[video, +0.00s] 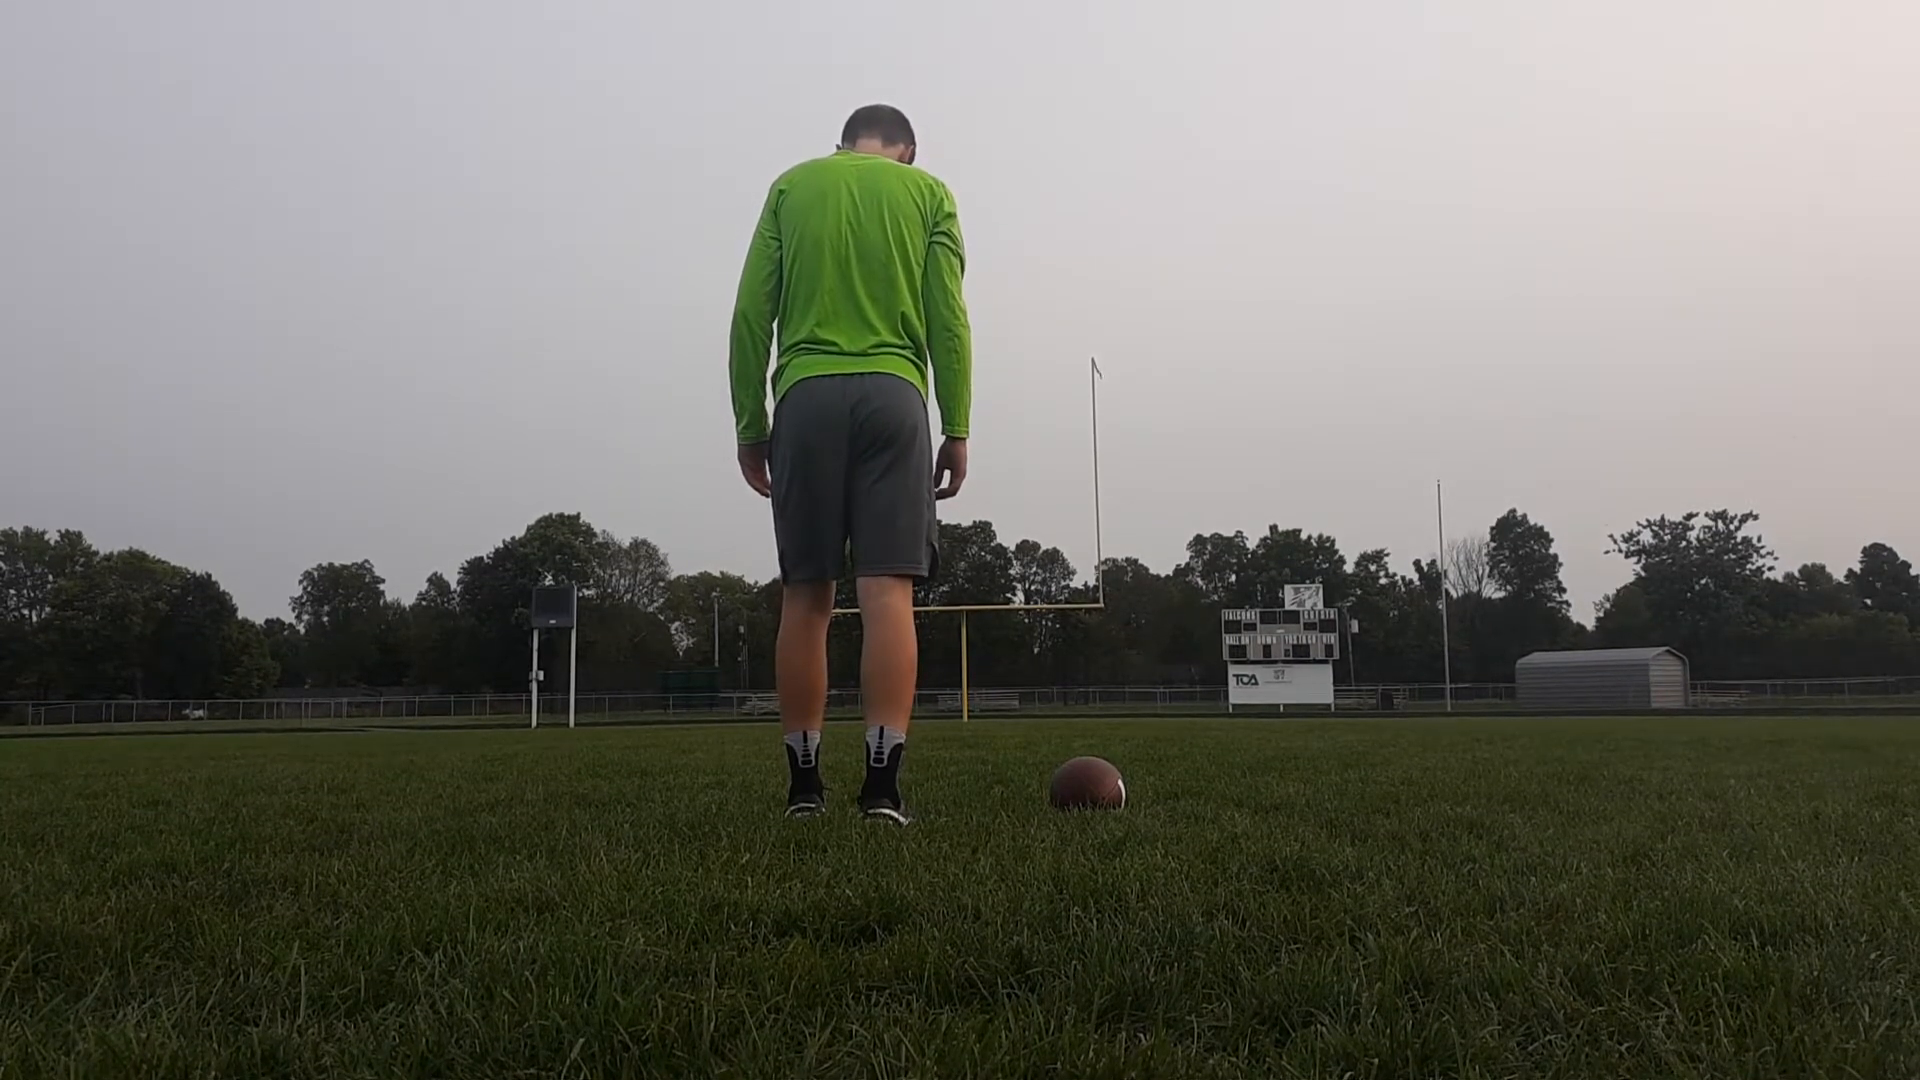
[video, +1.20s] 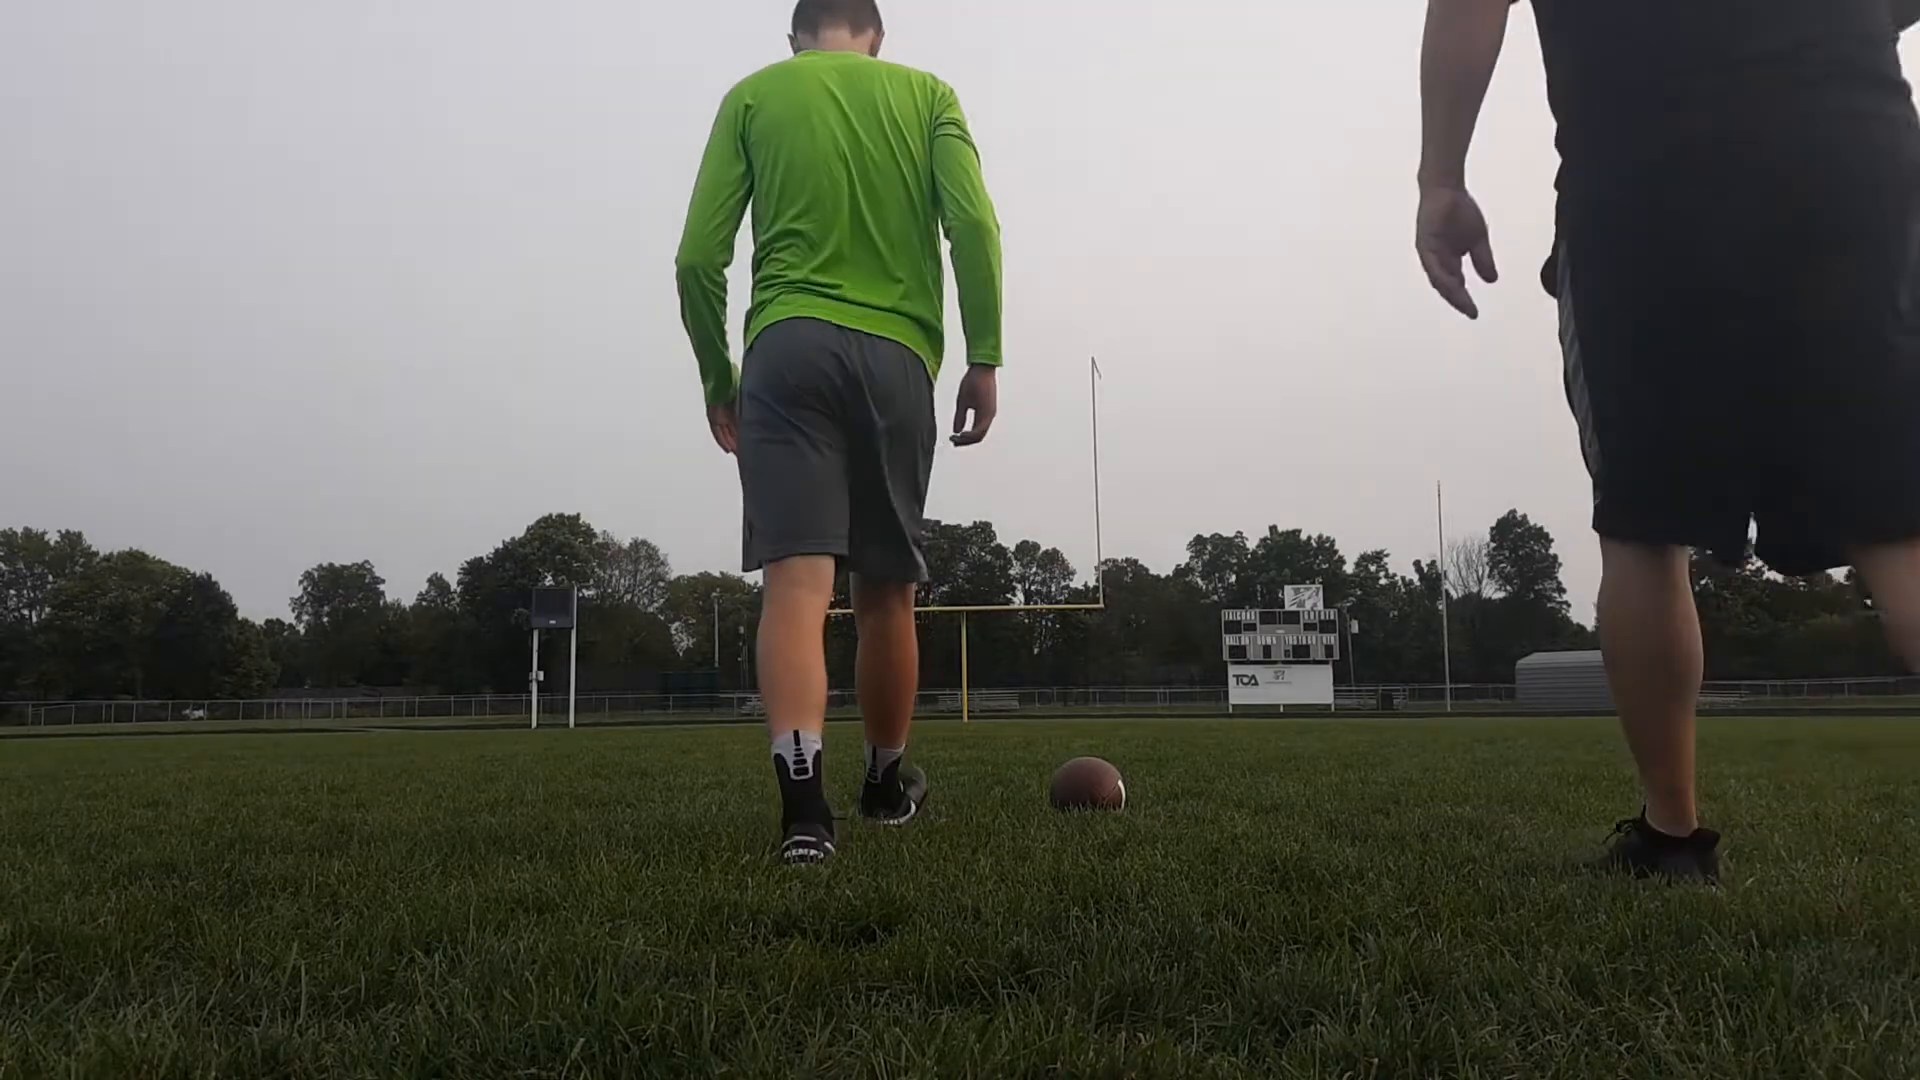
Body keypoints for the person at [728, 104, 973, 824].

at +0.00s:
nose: (910, 170)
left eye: (905, 161)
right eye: (912, 160)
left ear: (843, 141)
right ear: (906, 148)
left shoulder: (792, 184)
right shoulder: (927, 191)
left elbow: (751, 310)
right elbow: (947, 313)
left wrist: (751, 426)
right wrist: (957, 427)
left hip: (807, 397)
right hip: (893, 397)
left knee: (806, 593)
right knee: (889, 591)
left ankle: (805, 787)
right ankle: (882, 792)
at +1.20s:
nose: (868, 50)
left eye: (819, 40)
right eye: (873, 38)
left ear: (797, 34)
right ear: (874, 33)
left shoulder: (754, 93)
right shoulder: (923, 91)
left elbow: (698, 258)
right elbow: (972, 219)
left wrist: (720, 384)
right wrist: (983, 357)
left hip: (788, 342)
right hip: (894, 350)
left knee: (795, 582)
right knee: (887, 586)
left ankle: (804, 818)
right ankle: (887, 786)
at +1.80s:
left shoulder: (710, 2)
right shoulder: (929, 4)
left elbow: (647, 105)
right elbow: (974, 99)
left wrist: (653, 285)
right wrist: (998, 271)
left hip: (756, 253)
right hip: (882, 247)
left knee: (786, 547)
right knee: (906, 534)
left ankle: (803, 826)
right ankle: (892, 730)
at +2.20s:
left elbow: (618, 7)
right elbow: (1051, 16)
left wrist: (610, 184)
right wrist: (1060, 200)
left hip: (749, 157)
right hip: (906, 148)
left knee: (790, 493)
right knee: (899, 505)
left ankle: (792, 801)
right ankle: (879, 864)